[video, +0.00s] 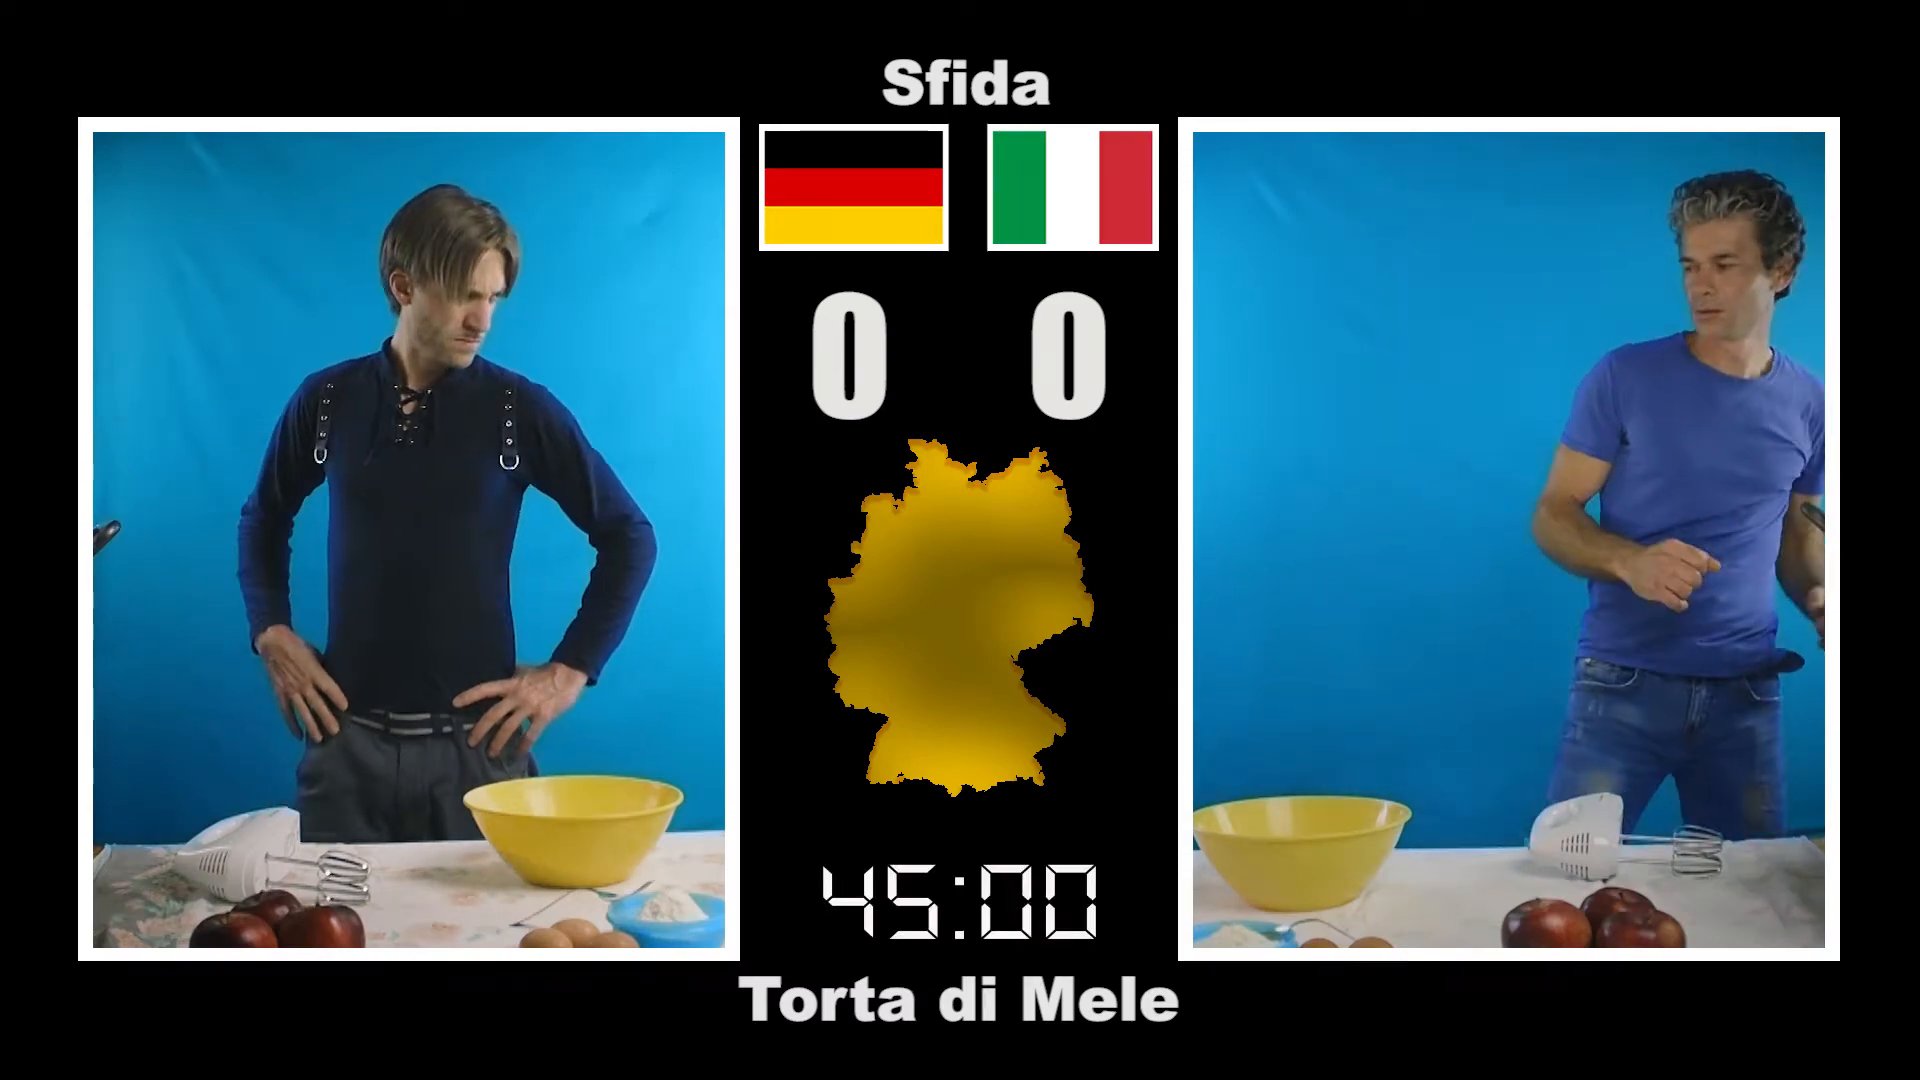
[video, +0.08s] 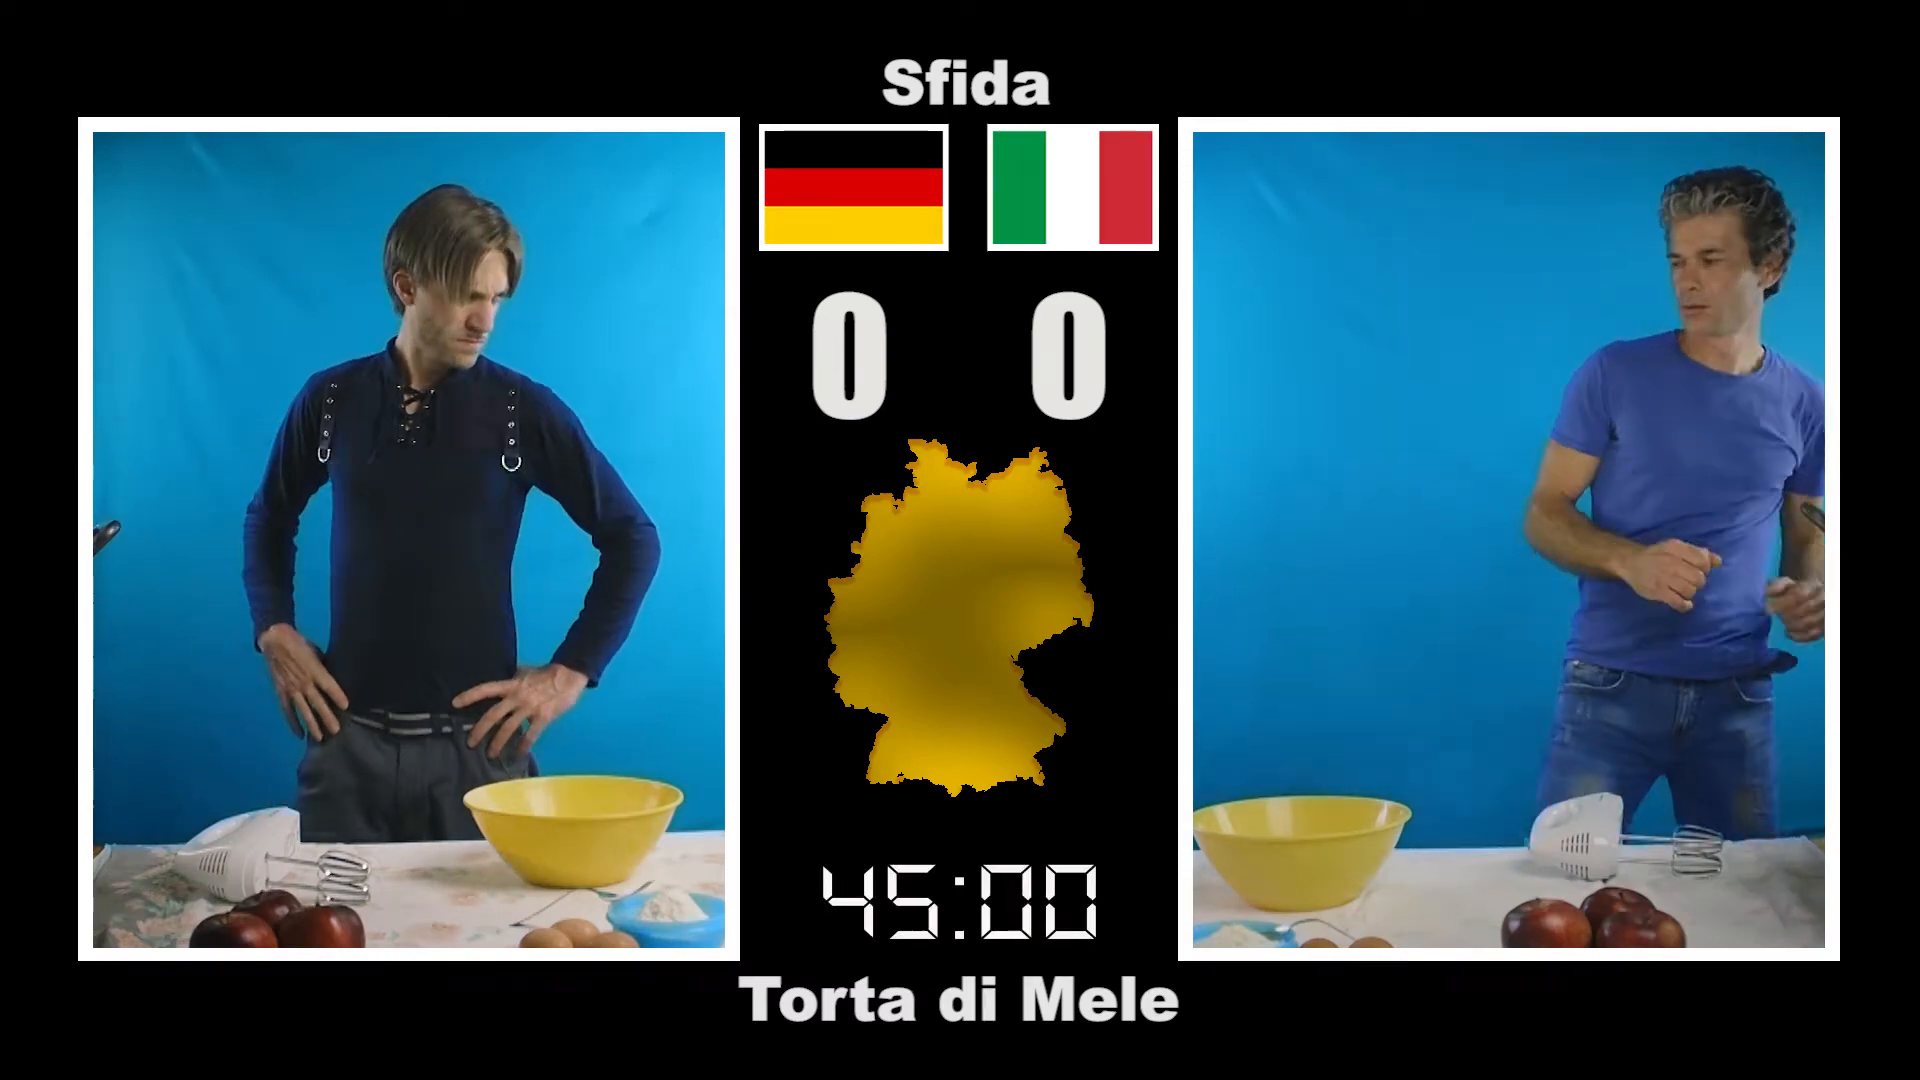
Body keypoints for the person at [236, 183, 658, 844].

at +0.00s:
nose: (480, 318)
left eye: (492, 298)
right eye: (463, 295)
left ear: (504, 296)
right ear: (402, 284)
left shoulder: (520, 411)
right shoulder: (327, 403)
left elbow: (628, 536)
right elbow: (264, 517)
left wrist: (569, 669)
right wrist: (271, 632)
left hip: (478, 752)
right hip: (349, 748)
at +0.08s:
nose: (483, 318)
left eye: (496, 299)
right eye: (466, 296)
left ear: (507, 296)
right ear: (405, 284)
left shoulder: (525, 413)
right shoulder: (331, 402)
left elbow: (632, 539)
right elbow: (270, 517)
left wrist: (569, 671)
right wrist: (274, 630)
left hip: (477, 753)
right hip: (349, 749)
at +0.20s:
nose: (271, 320)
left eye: (281, 295)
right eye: (247, 303)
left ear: (295, 286)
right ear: (203, 304)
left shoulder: (361, 401)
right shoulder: (176, 440)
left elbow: (426, 540)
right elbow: (152, 609)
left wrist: (460, 674)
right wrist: (191, 741)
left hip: (403, 723)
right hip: (275, 741)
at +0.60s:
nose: (345, 312)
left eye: (361, 288)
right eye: (323, 293)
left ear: (387, 288)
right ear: (296, 303)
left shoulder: (456, 414)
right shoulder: (268, 440)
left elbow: (531, 558)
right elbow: (236, 591)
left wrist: (571, 702)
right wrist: (228, 718)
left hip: (452, 746)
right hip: (320, 753)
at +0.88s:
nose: (439, 320)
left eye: (458, 297)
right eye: (419, 298)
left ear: (490, 295)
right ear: (393, 296)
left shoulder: (531, 429)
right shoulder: (338, 425)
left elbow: (595, 570)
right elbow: (299, 571)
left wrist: (645, 702)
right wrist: (298, 708)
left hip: (491, 745)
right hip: (358, 750)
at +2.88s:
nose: (461, 377)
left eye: (480, 354)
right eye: (444, 351)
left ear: (500, 342)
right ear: (404, 327)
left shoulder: (500, 439)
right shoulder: (334, 433)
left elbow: (522, 569)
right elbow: (264, 600)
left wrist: (591, 658)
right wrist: (349, 700)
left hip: (463, 739)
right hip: (346, 747)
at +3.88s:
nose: (519, 347)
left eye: (538, 320)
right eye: (497, 321)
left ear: (562, 305)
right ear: (458, 304)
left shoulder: (599, 422)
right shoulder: (391, 411)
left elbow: (639, 590)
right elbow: (337, 574)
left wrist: (595, 674)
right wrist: (372, 668)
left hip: (545, 747)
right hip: (411, 742)